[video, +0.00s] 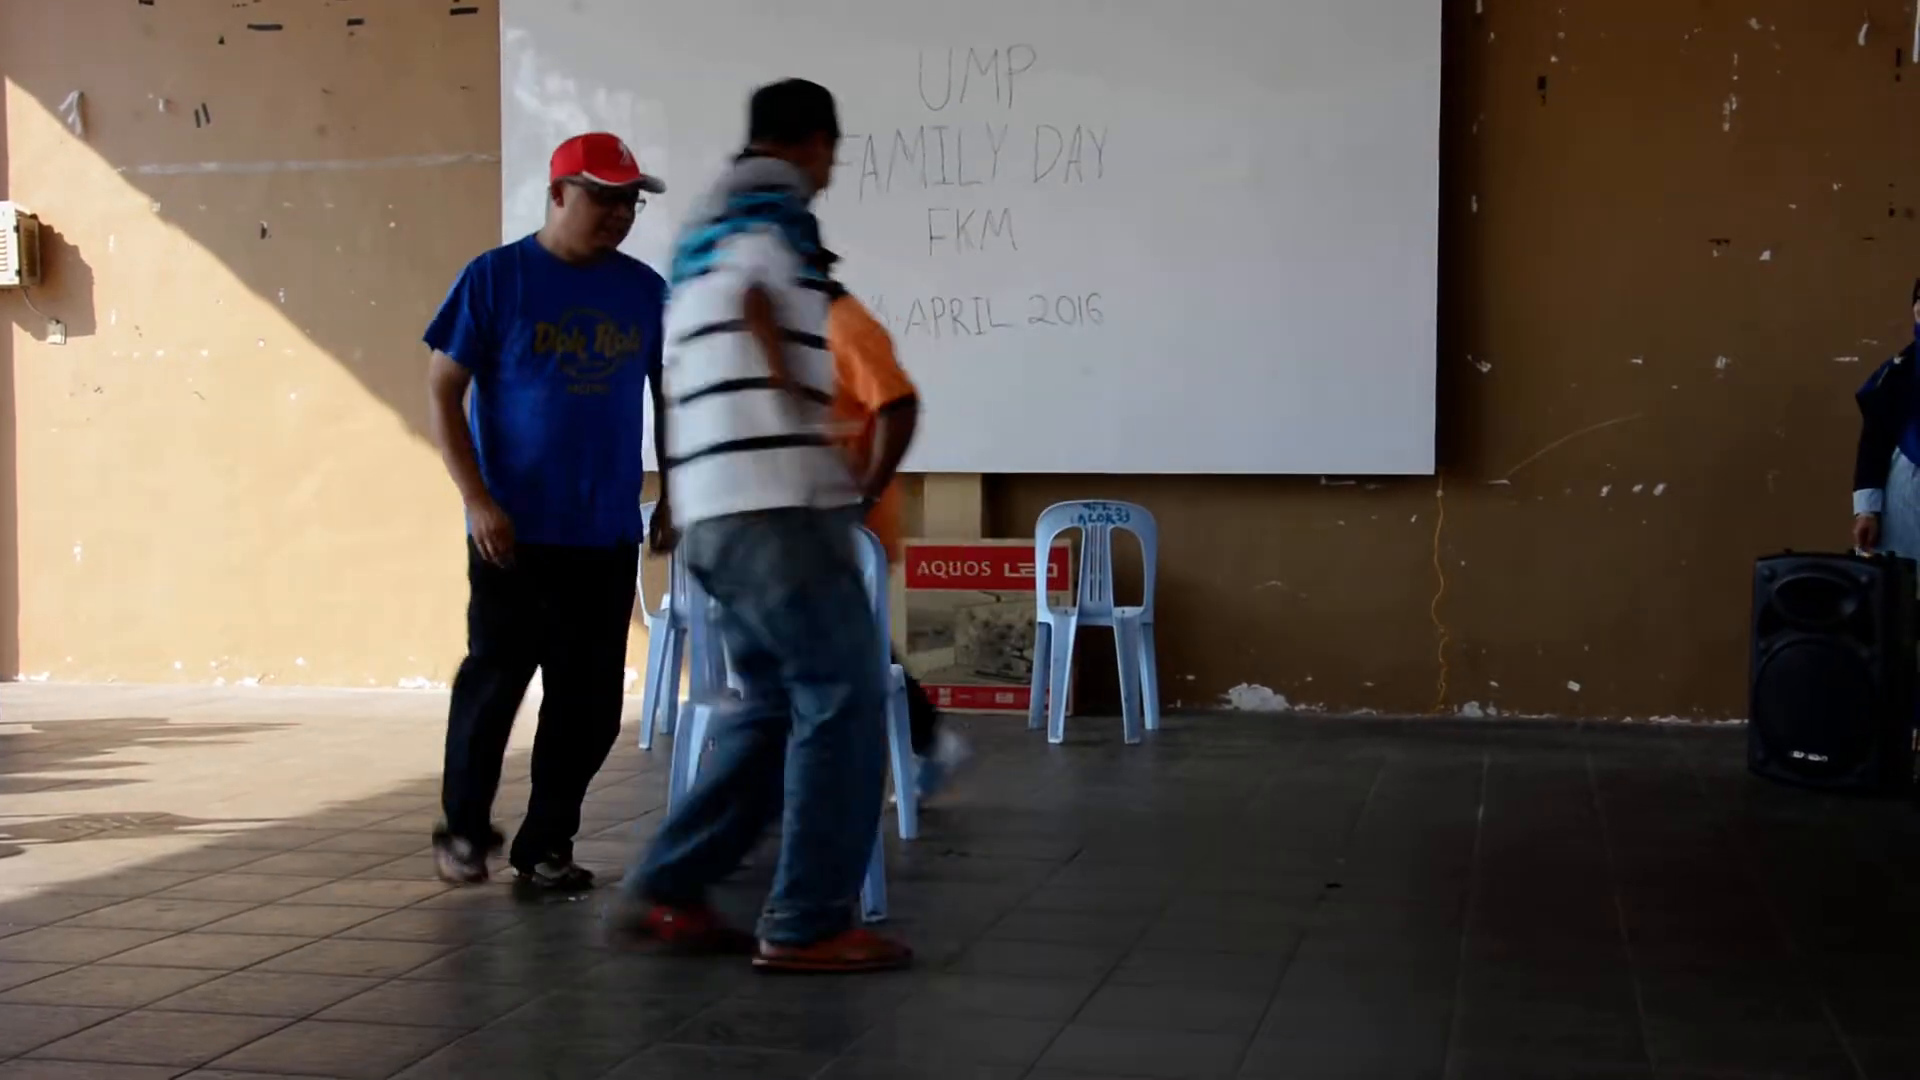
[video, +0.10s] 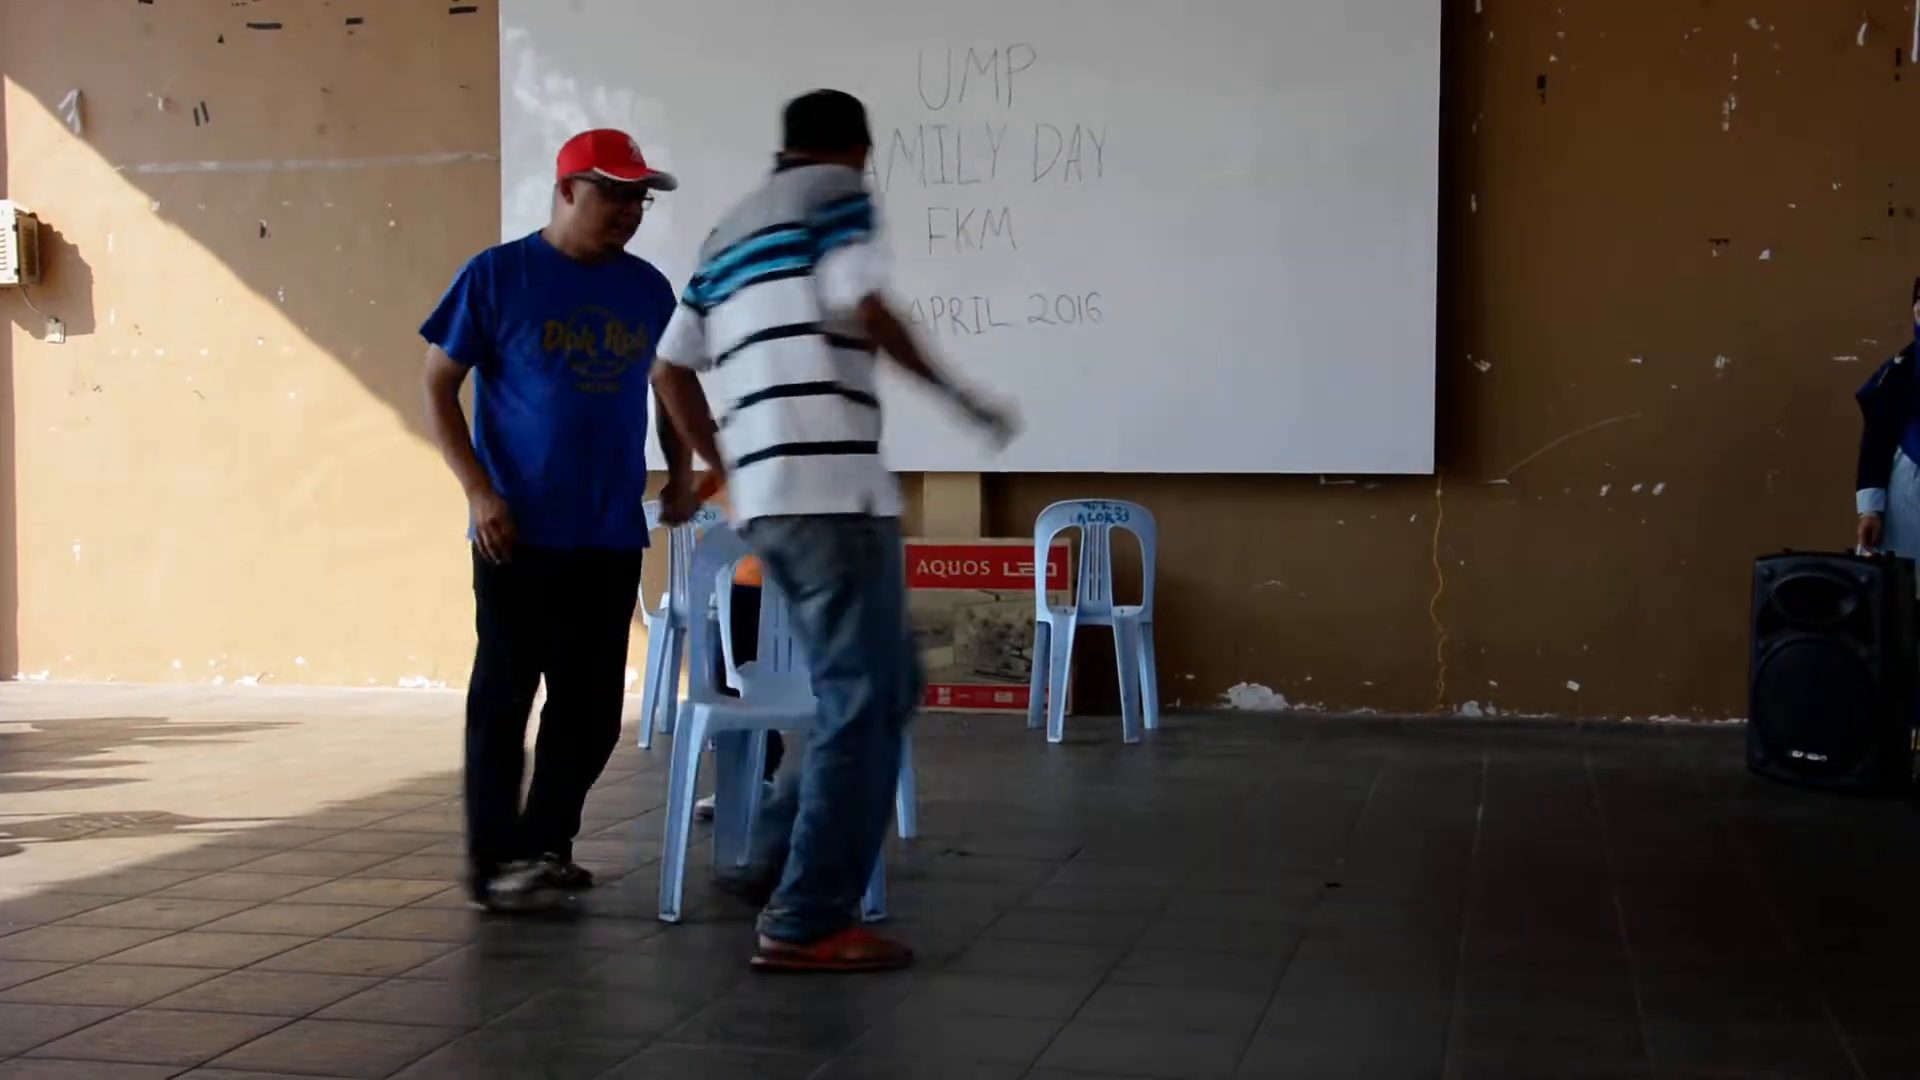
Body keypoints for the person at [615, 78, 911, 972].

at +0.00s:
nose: (834, 166)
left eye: (834, 151)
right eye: (832, 150)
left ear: (755, 141)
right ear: (812, 144)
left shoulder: (702, 239)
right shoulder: (780, 218)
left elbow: (690, 381)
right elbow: (755, 308)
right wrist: (821, 431)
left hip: (709, 516)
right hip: (773, 509)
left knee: (769, 701)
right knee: (845, 697)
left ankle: (667, 888)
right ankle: (808, 921)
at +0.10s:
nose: (865, 168)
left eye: (859, 156)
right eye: (864, 156)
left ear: (786, 147)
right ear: (854, 148)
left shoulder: (724, 232)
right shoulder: (838, 188)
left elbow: (670, 370)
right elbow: (863, 307)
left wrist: (717, 466)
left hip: (764, 498)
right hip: (825, 491)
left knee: (877, 680)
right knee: (868, 696)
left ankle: (774, 857)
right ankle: (808, 921)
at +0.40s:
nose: (856, 183)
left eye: (854, 171)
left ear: (860, 173)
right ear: (936, 162)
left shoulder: (822, 241)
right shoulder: (981, 207)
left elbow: (795, 381)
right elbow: (1035, 325)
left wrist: (848, 447)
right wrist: (1018, 415)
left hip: (878, 509)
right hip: (979, 495)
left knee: (939, 705)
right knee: (1038, 663)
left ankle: (958, 898)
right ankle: (993, 826)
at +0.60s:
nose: (881, 204)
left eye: (879, 193)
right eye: (881, 194)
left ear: (896, 182)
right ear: (954, 171)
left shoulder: (878, 246)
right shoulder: (1037, 211)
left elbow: (853, 382)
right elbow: (1111, 308)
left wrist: (911, 424)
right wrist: (1094, 396)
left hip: (946, 504)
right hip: (1049, 488)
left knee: (970, 671)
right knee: (1070, 675)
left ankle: (985, 832)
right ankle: (1082, 874)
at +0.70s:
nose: (883, 217)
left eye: (881, 206)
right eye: (879, 207)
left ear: (901, 188)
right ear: (955, 177)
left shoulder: (898, 246)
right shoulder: (1047, 217)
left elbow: (883, 369)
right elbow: (1118, 322)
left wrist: (908, 441)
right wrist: (1058, 388)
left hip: (959, 496)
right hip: (1062, 482)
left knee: (981, 675)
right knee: (1075, 669)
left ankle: (1027, 848)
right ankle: (1080, 850)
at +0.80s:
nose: (876, 225)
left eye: (874, 212)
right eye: (872, 216)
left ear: (899, 194)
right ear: (942, 183)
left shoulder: (903, 247)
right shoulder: (1041, 221)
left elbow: (901, 354)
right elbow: (1113, 316)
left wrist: (904, 435)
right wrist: (1046, 366)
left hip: (967, 500)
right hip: (1061, 483)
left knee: (992, 682)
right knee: (1076, 654)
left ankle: (1041, 848)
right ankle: (1086, 782)